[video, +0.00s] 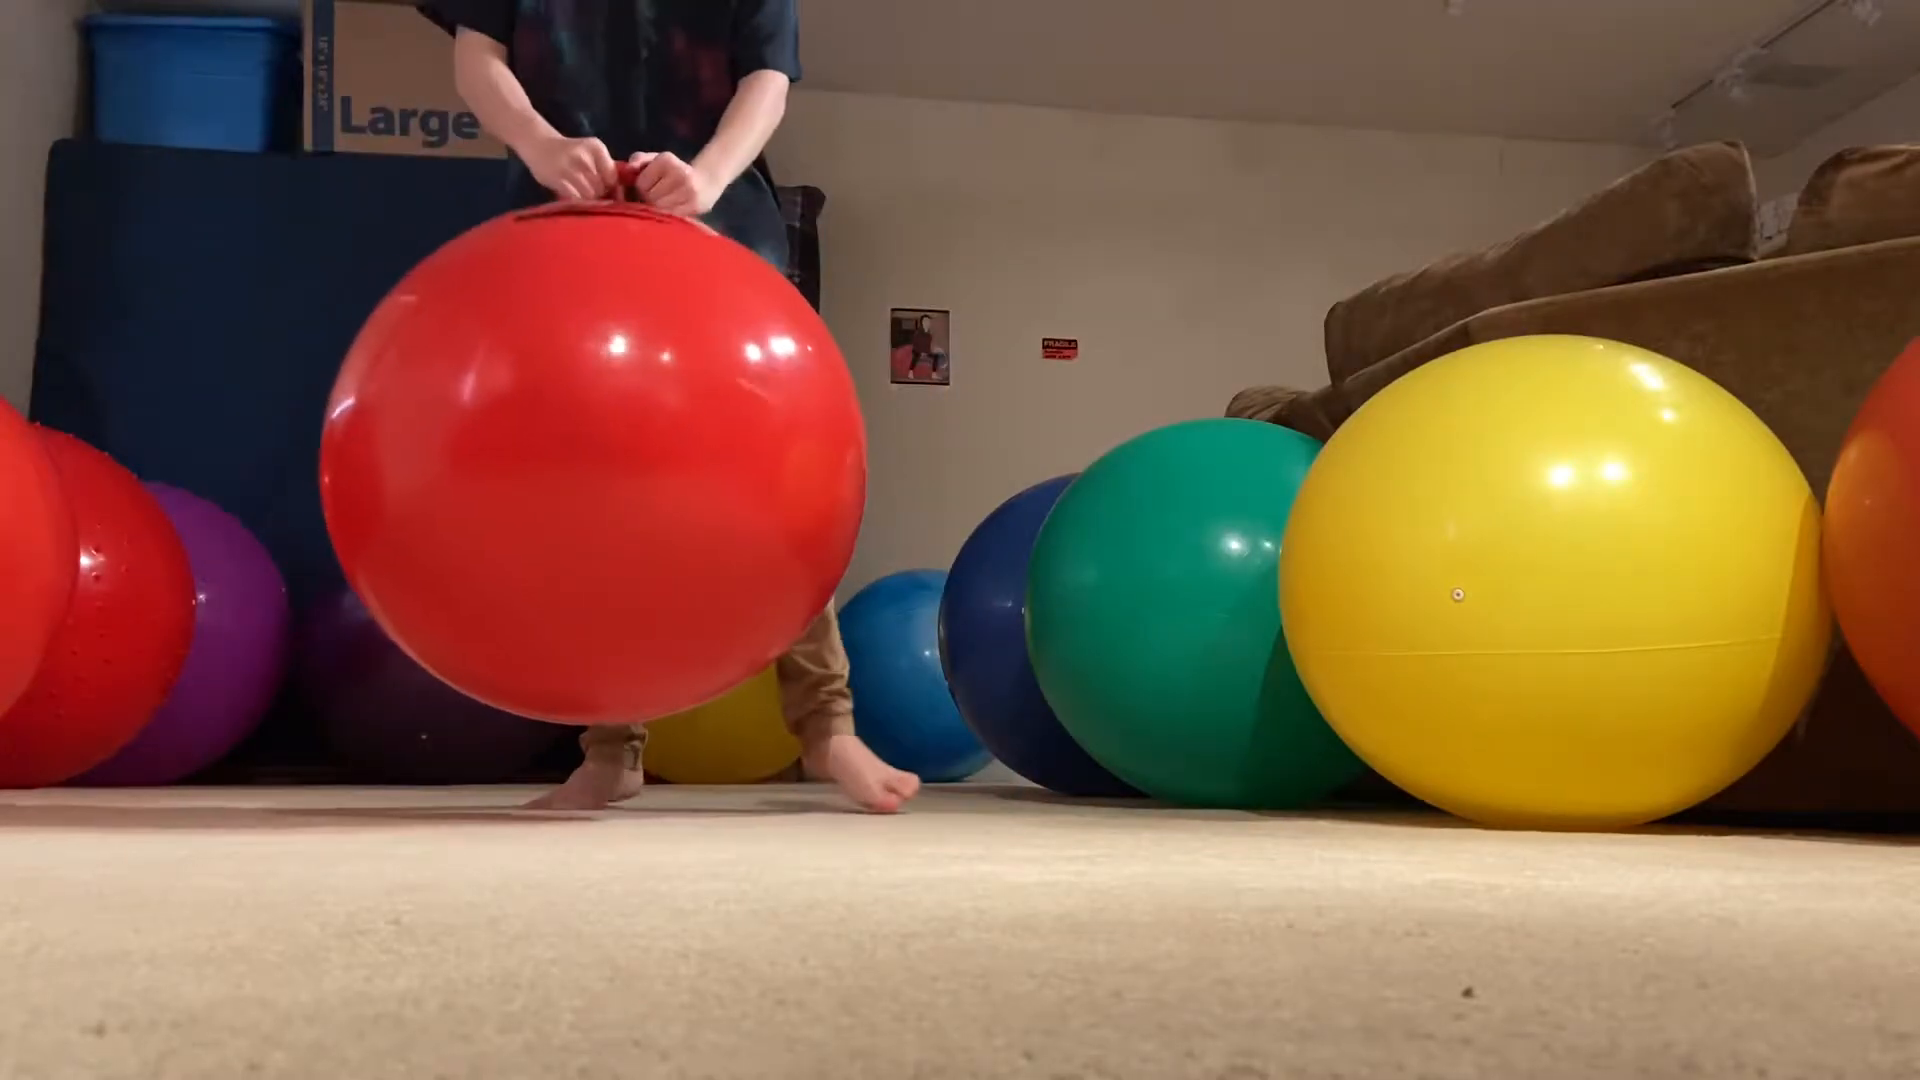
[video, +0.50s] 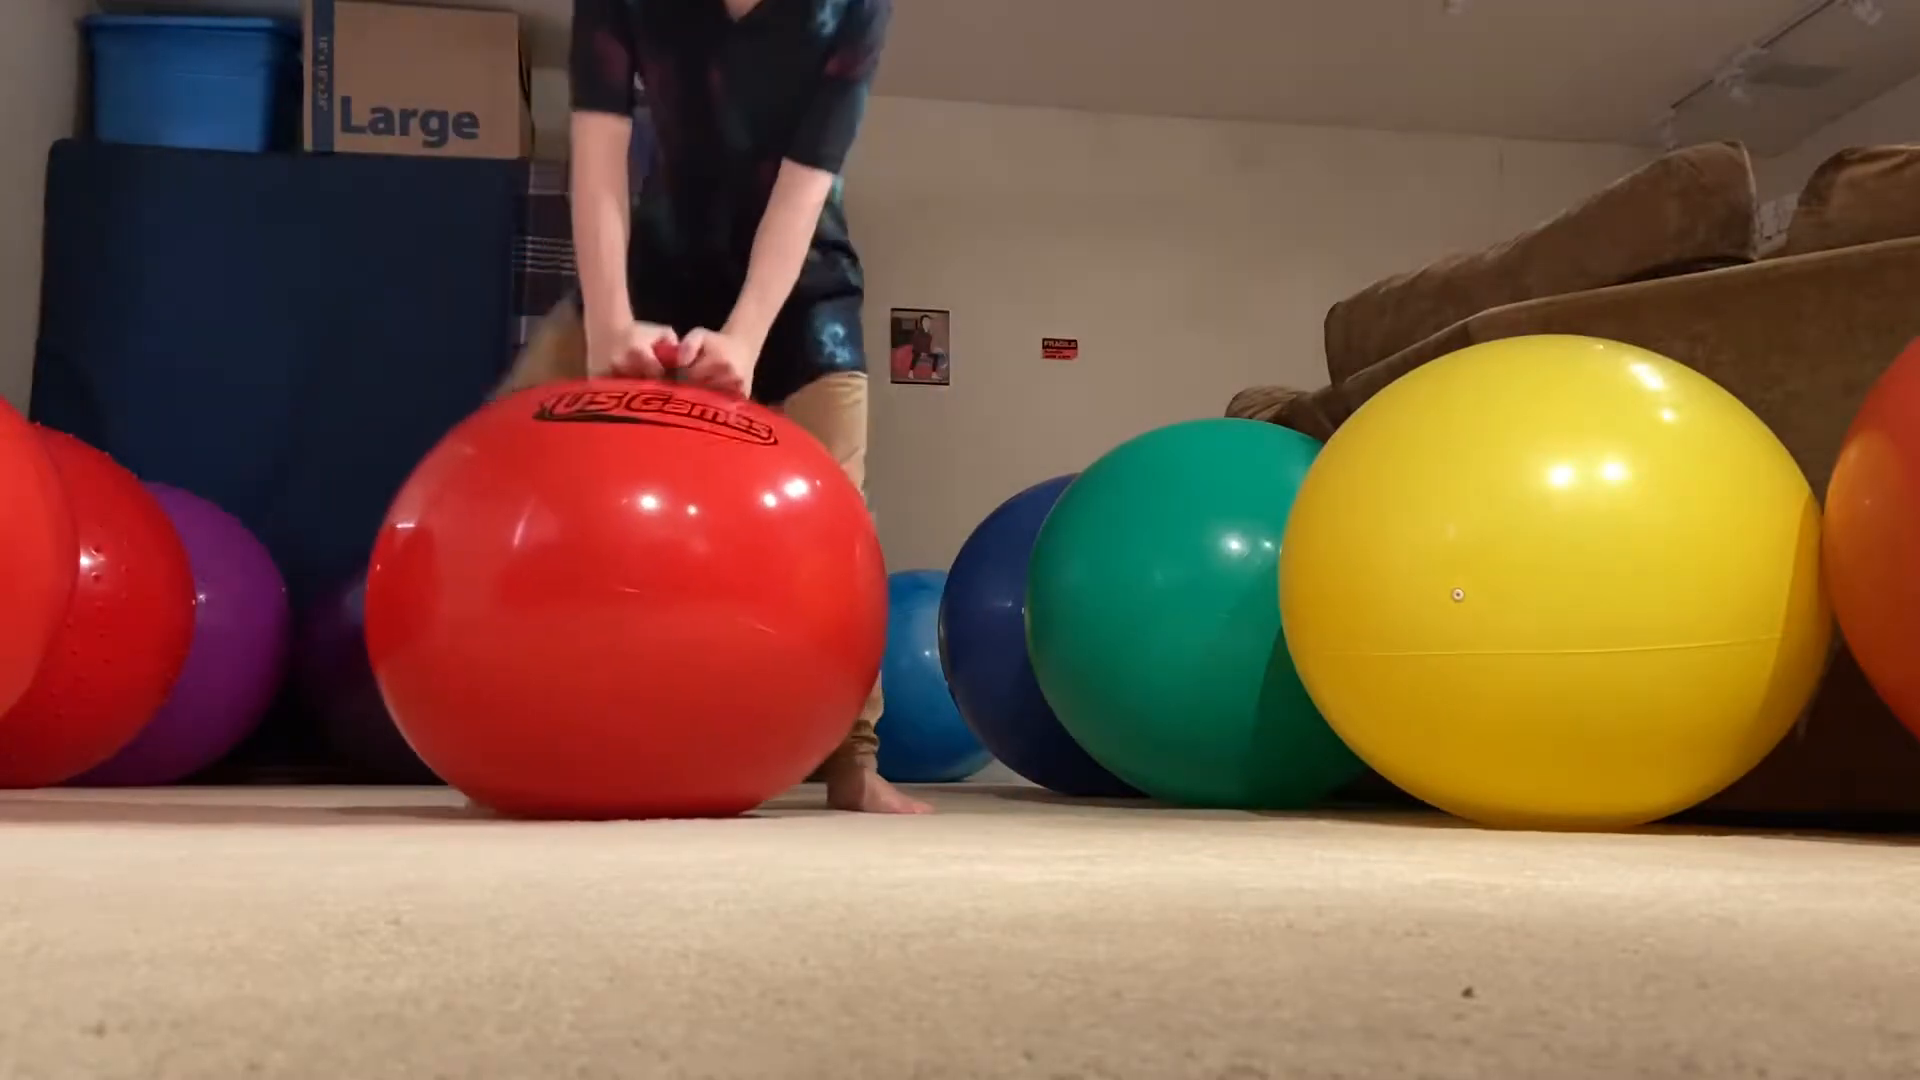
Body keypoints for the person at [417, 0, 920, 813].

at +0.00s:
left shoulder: (755, 1)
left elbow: (772, 73)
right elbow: (476, 55)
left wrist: (704, 174)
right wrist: (544, 146)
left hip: (727, 229)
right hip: (575, 229)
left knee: (781, 463)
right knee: (586, 473)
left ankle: (827, 724)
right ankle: (609, 748)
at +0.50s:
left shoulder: (852, 11)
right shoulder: (614, 4)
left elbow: (801, 194)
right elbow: (599, 165)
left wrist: (742, 338)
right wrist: (610, 323)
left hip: (796, 262)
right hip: (649, 251)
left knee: (833, 517)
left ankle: (852, 767)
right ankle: (521, 740)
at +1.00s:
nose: (653, 66)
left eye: (677, 44)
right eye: (628, 43)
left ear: (718, 68)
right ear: (590, 64)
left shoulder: (774, 226)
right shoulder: (519, 208)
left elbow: (803, 401)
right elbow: (467, 387)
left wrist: (730, 473)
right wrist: (560, 451)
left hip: (726, 489)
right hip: (549, 481)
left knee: (913, 437)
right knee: (347, 390)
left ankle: (986, 728)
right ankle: (275, 724)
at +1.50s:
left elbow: (783, 37)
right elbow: (481, 20)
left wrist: (711, 144)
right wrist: (573, 133)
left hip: (723, 137)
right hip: (541, 133)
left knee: (839, 318)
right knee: (435, 318)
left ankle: (934, 662)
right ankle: (309, 685)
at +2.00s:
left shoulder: (790, 1)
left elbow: (810, 78)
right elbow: (514, 44)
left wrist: (726, 203)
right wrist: (592, 190)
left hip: (748, 207)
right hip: (554, 195)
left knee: (874, 362)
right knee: (386, 351)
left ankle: (952, 720)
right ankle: (268, 738)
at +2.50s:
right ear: (625, 16)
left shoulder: (817, 113)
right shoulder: (610, 161)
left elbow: (899, 344)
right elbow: (627, 352)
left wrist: (722, 456)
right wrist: (616, 454)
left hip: (825, 493)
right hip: (653, 482)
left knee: (731, 363)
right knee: (360, 389)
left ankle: (500, 767)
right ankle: (359, 754)